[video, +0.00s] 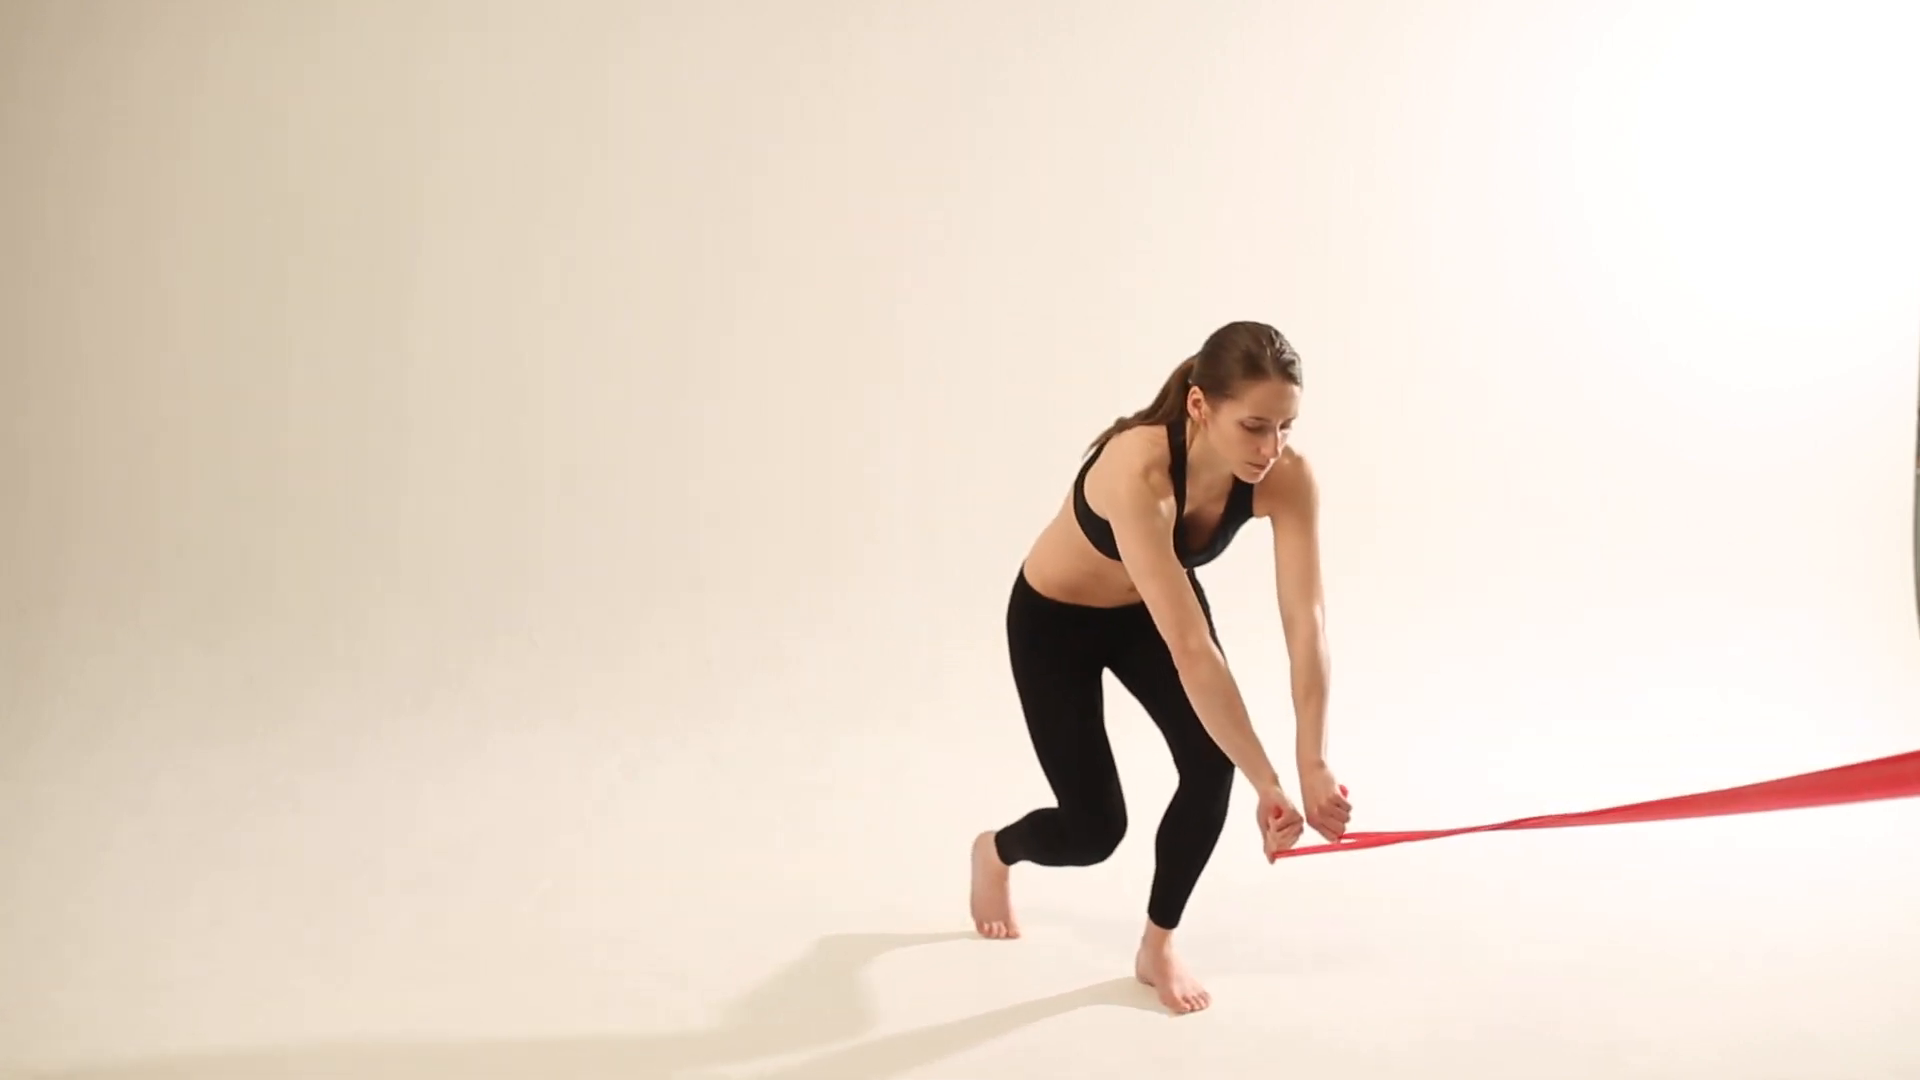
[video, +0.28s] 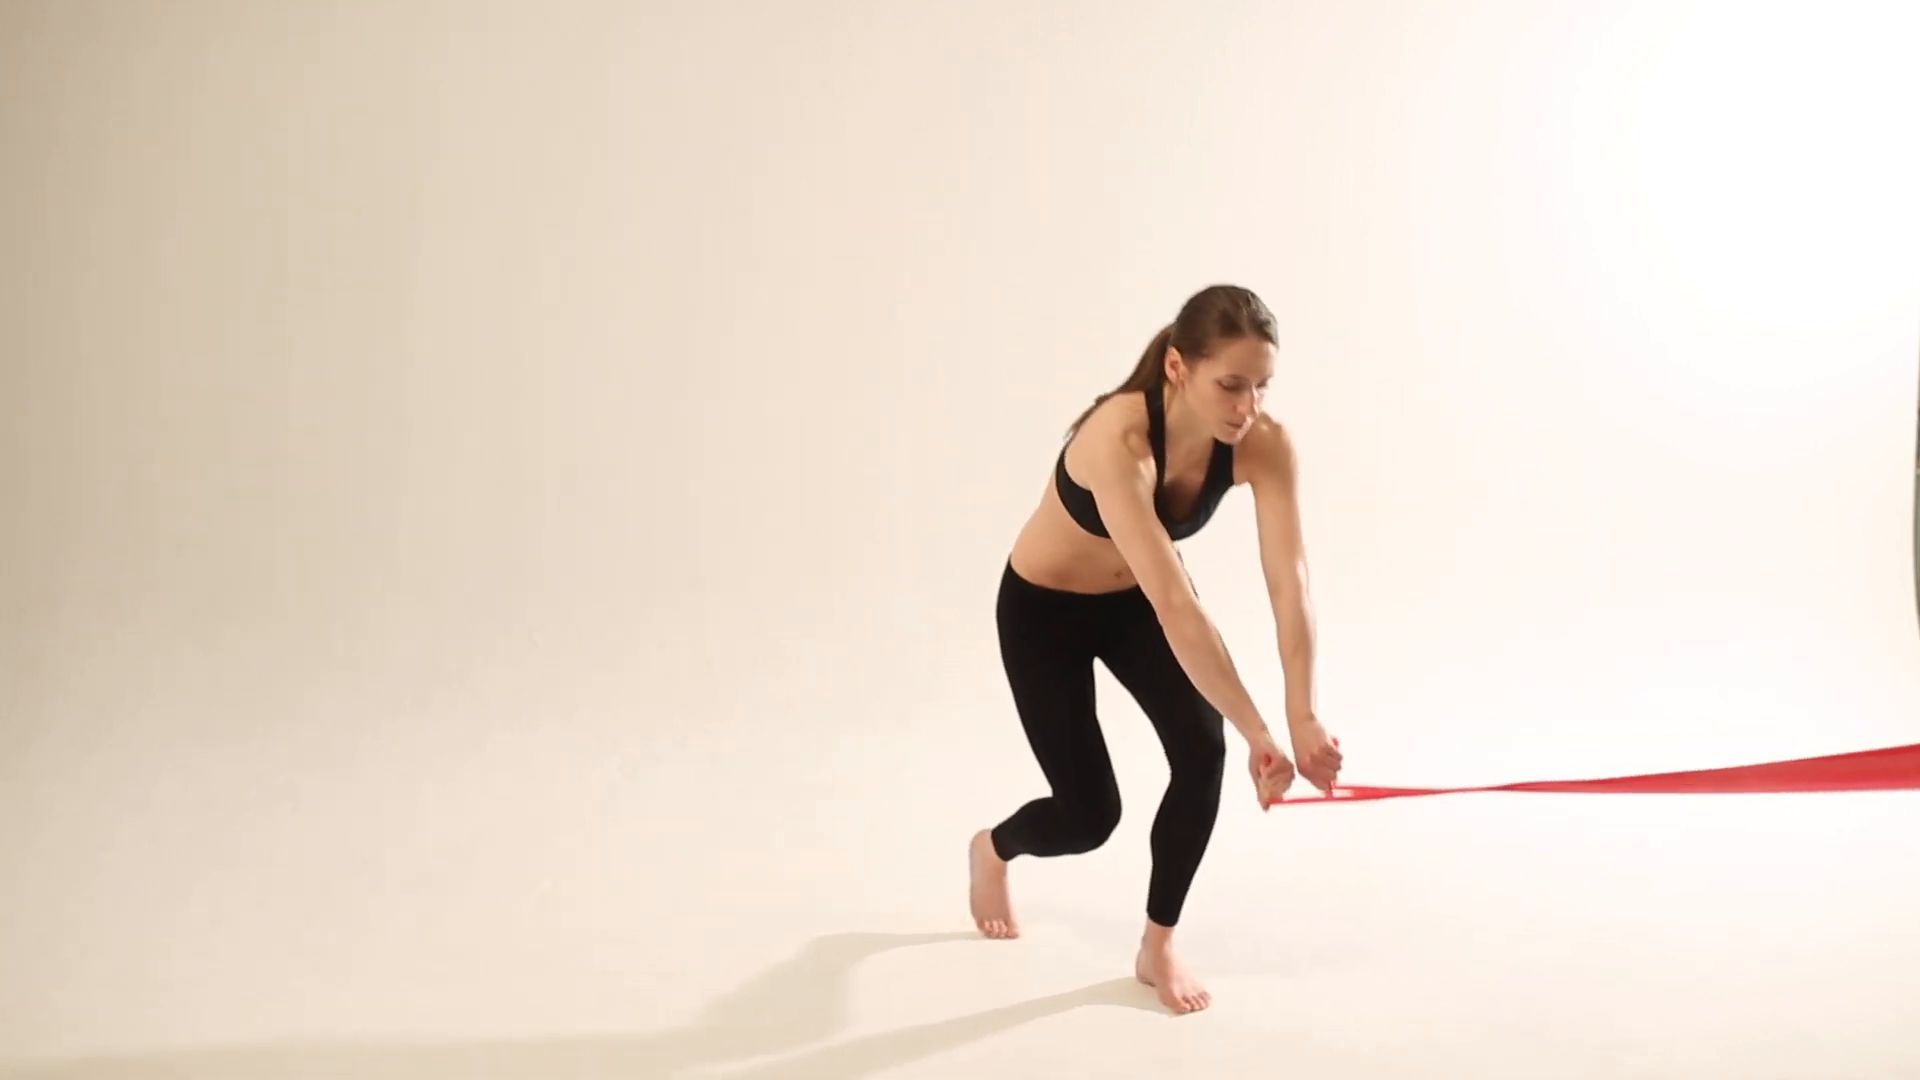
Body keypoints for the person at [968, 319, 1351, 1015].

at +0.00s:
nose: (1271, 446)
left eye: (1284, 427)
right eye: (1254, 426)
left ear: (1295, 413)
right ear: (1199, 407)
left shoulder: (1284, 479)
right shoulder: (1135, 468)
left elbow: (1304, 622)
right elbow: (1192, 649)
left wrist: (1311, 762)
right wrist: (1265, 784)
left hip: (1153, 614)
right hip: (1054, 620)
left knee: (1211, 768)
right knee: (1095, 830)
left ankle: (1158, 943)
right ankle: (995, 851)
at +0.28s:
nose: (1250, 406)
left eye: (1260, 387)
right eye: (1232, 386)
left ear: (1271, 377)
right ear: (1177, 368)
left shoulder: (1261, 446)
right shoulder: (1115, 438)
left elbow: (1289, 583)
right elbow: (1176, 606)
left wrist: (1302, 716)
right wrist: (1257, 735)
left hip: (1137, 604)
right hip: (1043, 608)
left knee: (1202, 755)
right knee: (1090, 815)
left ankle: (1158, 943)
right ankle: (991, 848)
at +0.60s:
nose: (1138, 251)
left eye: (1149, 234)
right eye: (1121, 232)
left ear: (1158, 237)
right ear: (1070, 229)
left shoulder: (1159, 312)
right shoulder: (1018, 321)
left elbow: (1202, 426)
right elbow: (1084, 454)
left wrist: (1231, 529)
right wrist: (1177, 547)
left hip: (1085, 540)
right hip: (984, 544)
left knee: (1145, 720)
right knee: (1036, 742)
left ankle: (1162, 930)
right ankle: (984, 861)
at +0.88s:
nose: (1039, 145)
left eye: (1049, 130)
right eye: (1022, 129)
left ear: (1056, 137)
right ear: (972, 131)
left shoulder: (1069, 228)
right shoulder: (926, 233)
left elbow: (1145, 333)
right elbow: (920, 370)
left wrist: (1164, 336)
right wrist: (1012, 349)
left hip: (1037, 481)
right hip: (939, 488)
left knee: (1072, 675)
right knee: (976, 681)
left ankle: (1011, 810)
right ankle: (979, 872)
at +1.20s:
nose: (965, 124)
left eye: (974, 110)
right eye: (947, 109)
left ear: (983, 119)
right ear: (903, 117)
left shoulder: (1008, 211)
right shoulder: (865, 218)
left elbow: (1082, 315)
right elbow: (792, 351)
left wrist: (1133, 249)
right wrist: (777, 283)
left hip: (997, 465)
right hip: (907, 465)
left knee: (969, 656)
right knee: (942, 660)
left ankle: (907, 784)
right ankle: (973, 865)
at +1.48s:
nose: (934, 119)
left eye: (943, 105)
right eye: (917, 103)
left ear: (954, 114)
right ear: (875, 109)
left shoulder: (970, 205)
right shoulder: (835, 208)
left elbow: (1017, 316)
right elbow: (769, 336)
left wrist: (1096, 252)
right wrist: (705, 284)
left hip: (967, 450)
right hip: (877, 446)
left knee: (935, 632)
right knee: (919, 624)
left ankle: (894, 803)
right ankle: (912, 825)